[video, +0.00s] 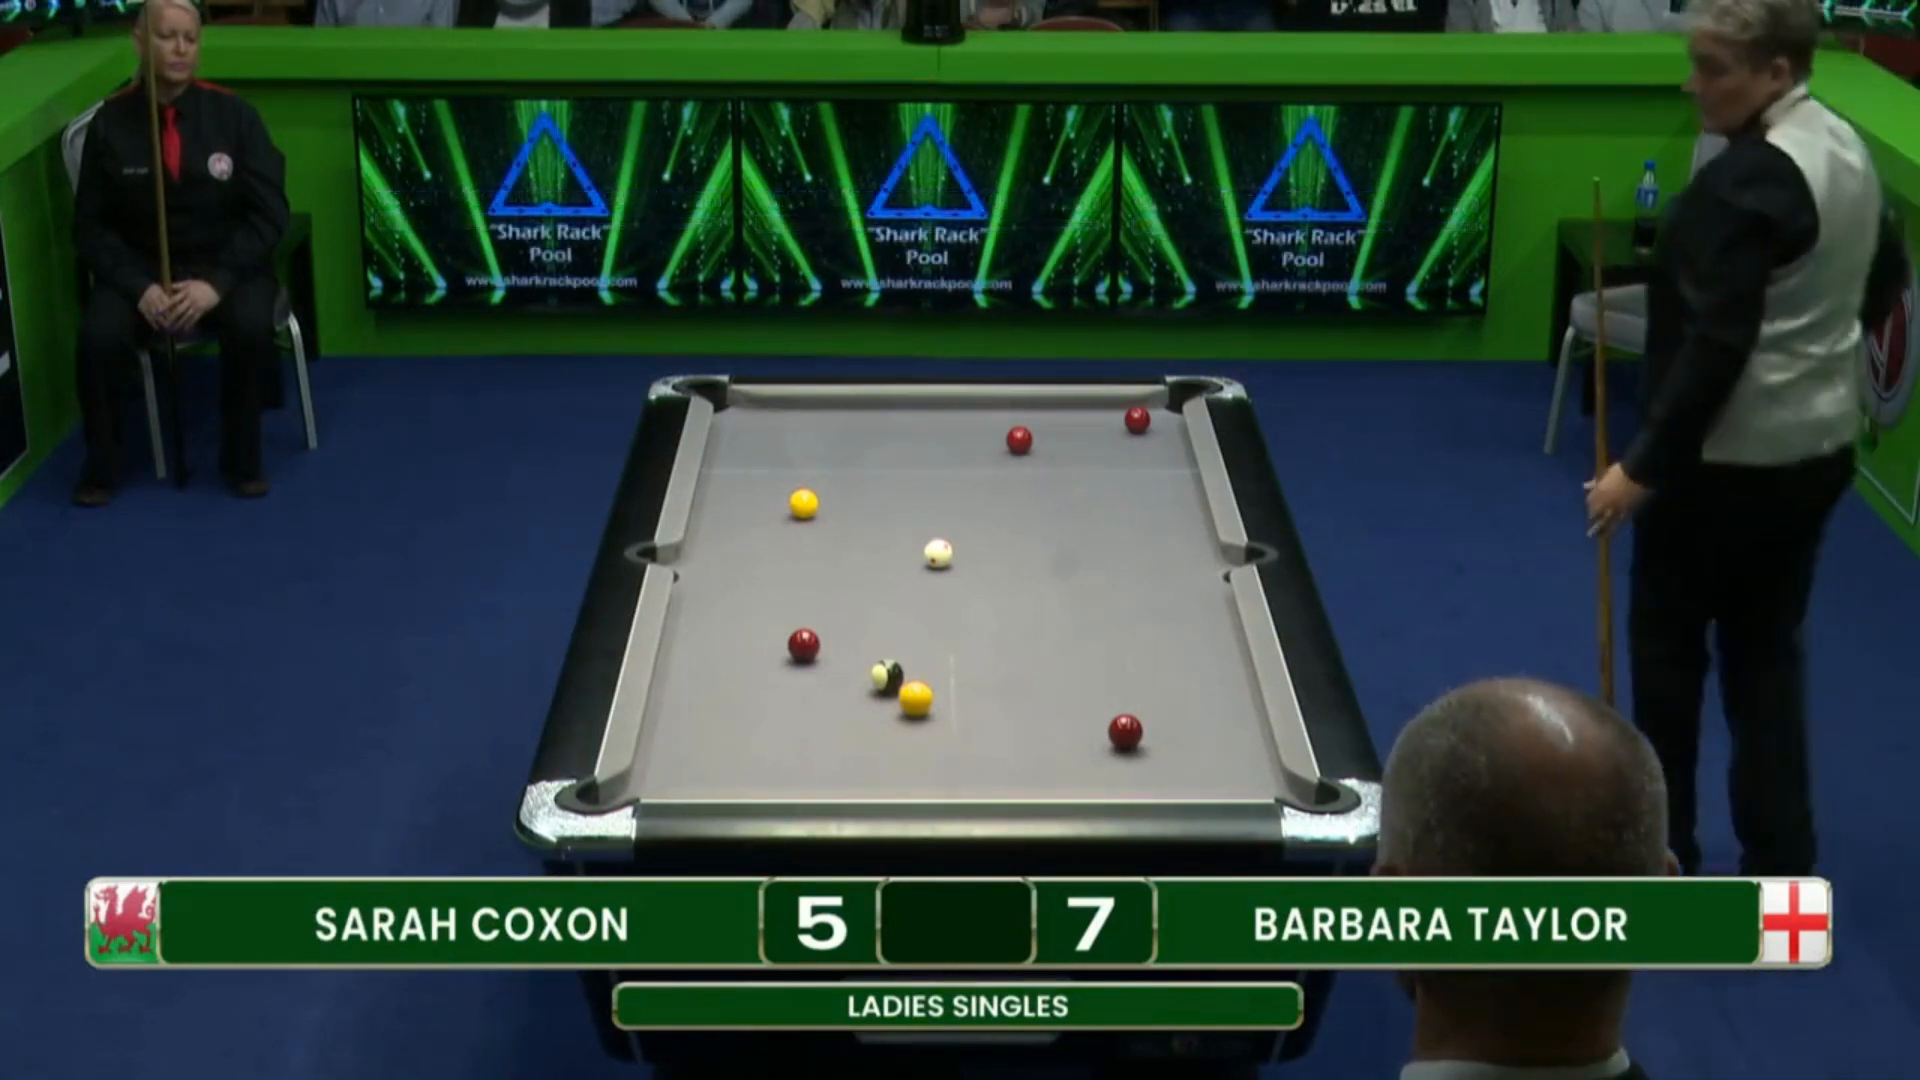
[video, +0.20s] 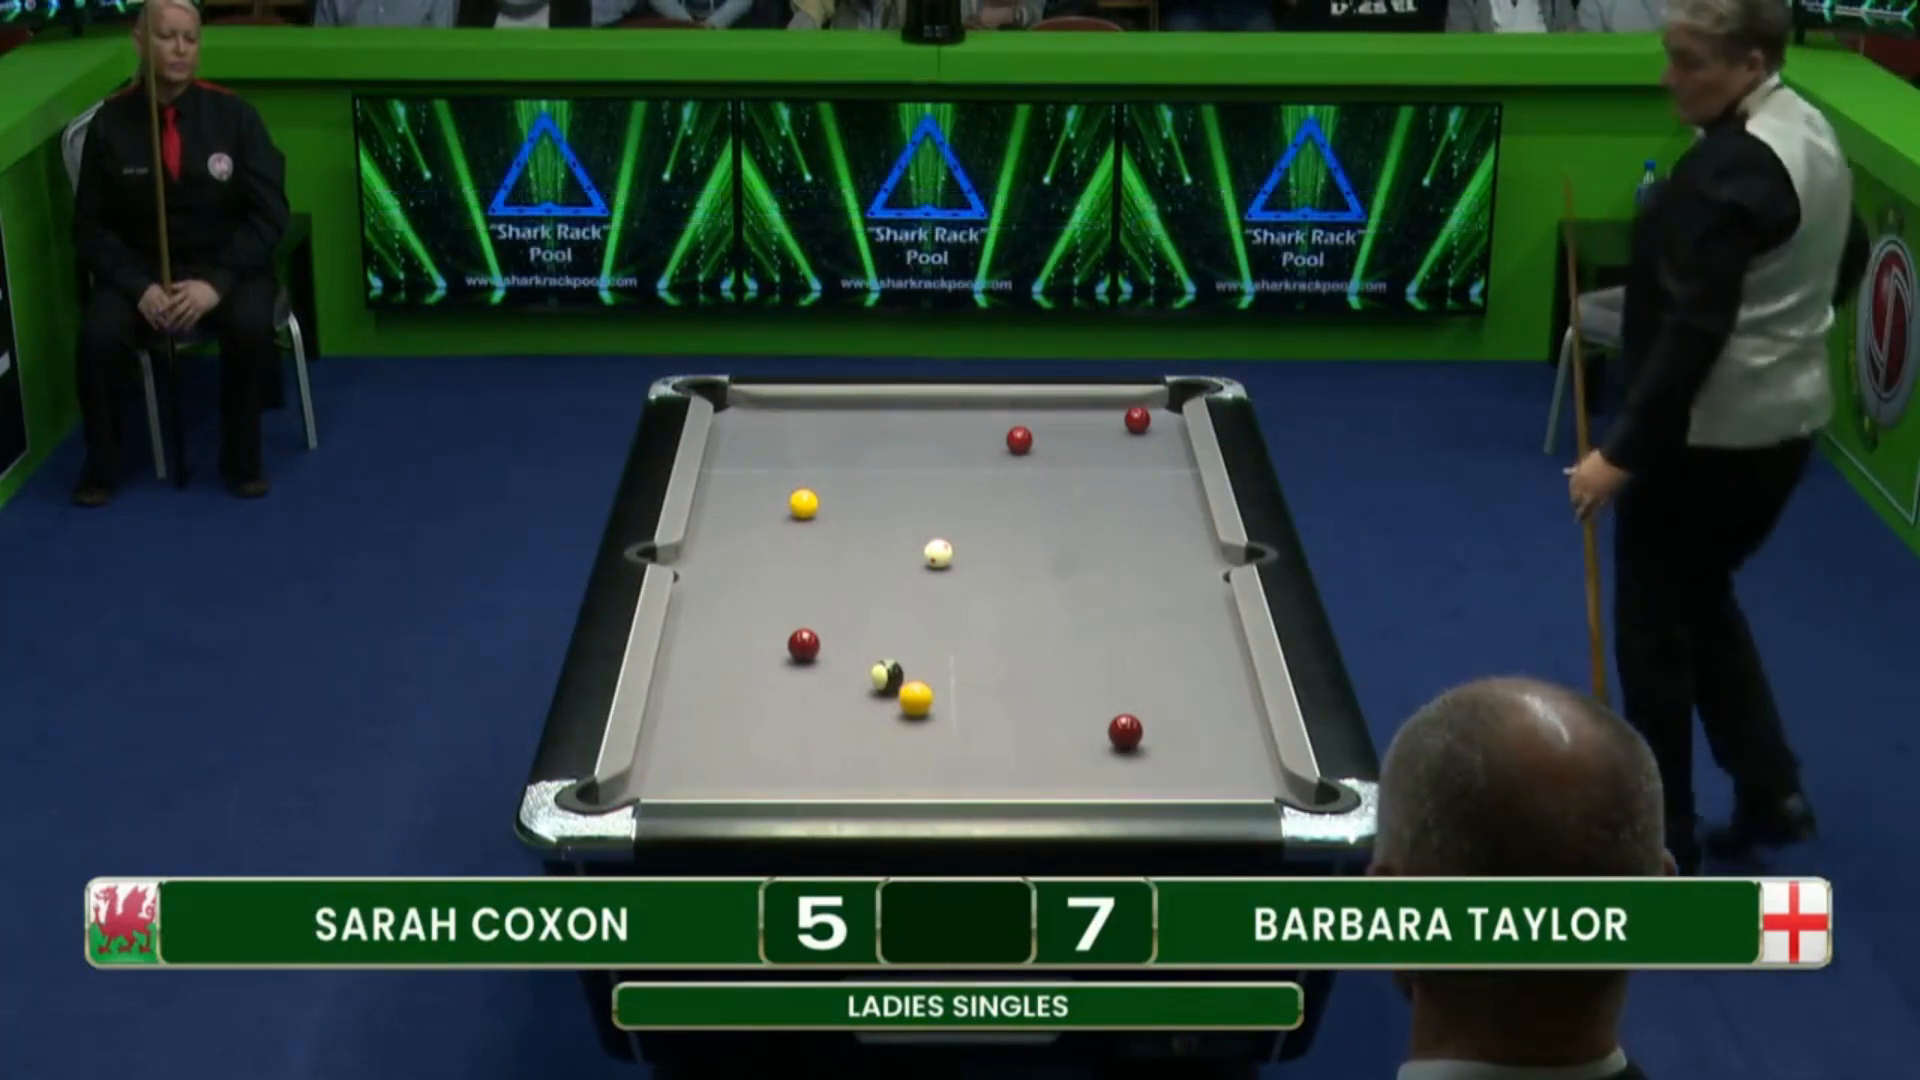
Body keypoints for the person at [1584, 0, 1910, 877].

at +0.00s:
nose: (1694, 84)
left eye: (1712, 68)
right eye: (1694, 65)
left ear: (1776, 73)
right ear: (1785, 75)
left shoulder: (1741, 180)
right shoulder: (1845, 146)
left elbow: (1715, 349)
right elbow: (1883, 283)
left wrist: (1637, 468)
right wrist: (1815, 346)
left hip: (1723, 464)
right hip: (1816, 453)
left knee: (1665, 655)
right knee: (1767, 658)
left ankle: (1666, 851)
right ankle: (1782, 865)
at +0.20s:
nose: (1670, 77)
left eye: (1689, 63)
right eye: (1670, 58)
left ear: (1752, 65)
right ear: (1759, 66)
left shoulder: (1721, 173)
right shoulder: (1807, 128)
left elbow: (1692, 333)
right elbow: (1845, 267)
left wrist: (1619, 455)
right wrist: (1765, 322)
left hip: (1707, 444)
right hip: (1779, 434)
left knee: (1652, 628)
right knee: (1699, 595)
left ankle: (1661, 830)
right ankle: (1772, 796)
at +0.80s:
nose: (1648, 54)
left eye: (1665, 37)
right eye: (1642, 35)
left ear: (1721, 35)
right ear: (1646, 32)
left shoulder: (1782, 126)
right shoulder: (1682, 114)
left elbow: (1794, 279)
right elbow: (1678, 262)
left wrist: (1734, 397)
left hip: (1773, 404)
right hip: (1699, 392)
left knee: (1725, 611)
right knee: (1694, 595)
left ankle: (1696, 834)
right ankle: (1698, 791)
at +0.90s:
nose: (1651, 54)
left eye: (1669, 38)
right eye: (1644, 36)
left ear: (1727, 36)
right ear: (1642, 31)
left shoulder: (1795, 126)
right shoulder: (1671, 118)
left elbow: (1813, 277)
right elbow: (1668, 252)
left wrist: (1769, 397)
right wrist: (1646, 333)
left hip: (1780, 409)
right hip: (1696, 395)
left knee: (1746, 611)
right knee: (1696, 587)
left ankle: (1740, 830)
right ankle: (1705, 757)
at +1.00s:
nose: (1654, 55)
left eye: (1673, 39)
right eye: (1650, 37)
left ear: (1733, 39)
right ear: (1651, 34)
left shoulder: (1806, 130)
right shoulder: (1666, 125)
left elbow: (1832, 278)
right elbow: (1659, 257)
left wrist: (1790, 402)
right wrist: (1636, 336)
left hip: (1786, 417)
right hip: (1697, 406)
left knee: (1763, 617)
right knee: (1700, 595)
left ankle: (1756, 830)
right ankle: (1707, 760)